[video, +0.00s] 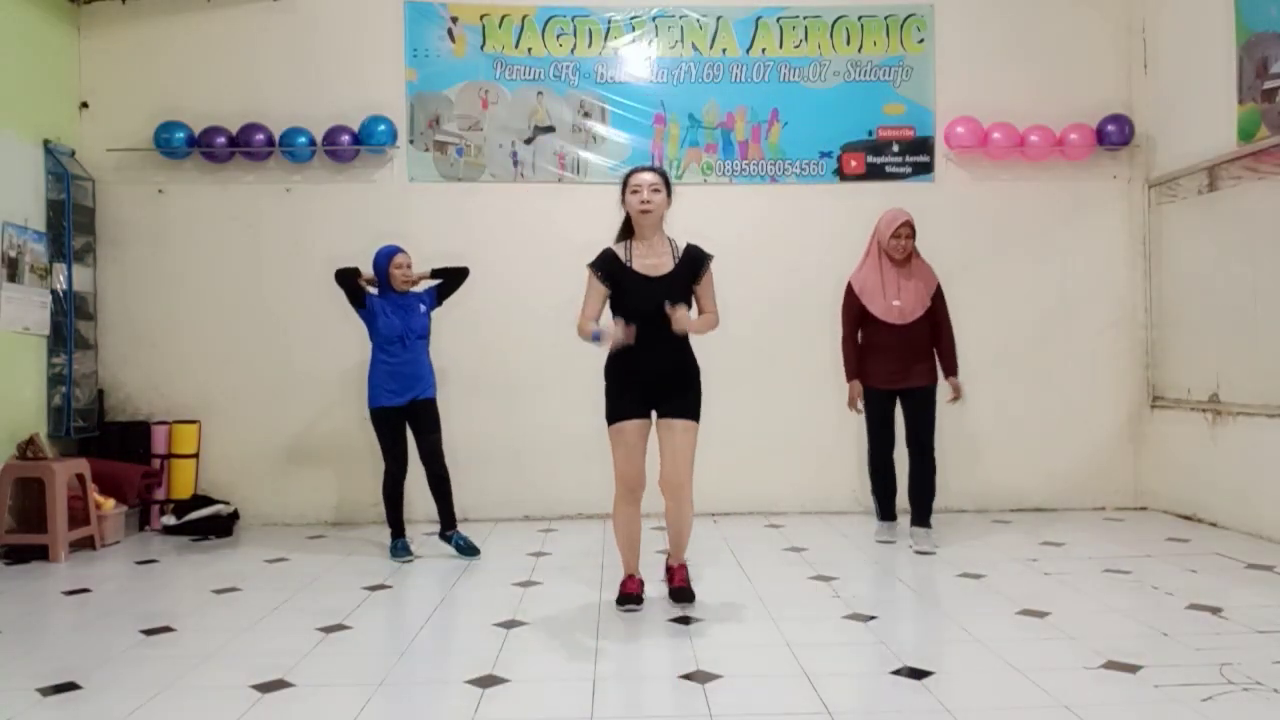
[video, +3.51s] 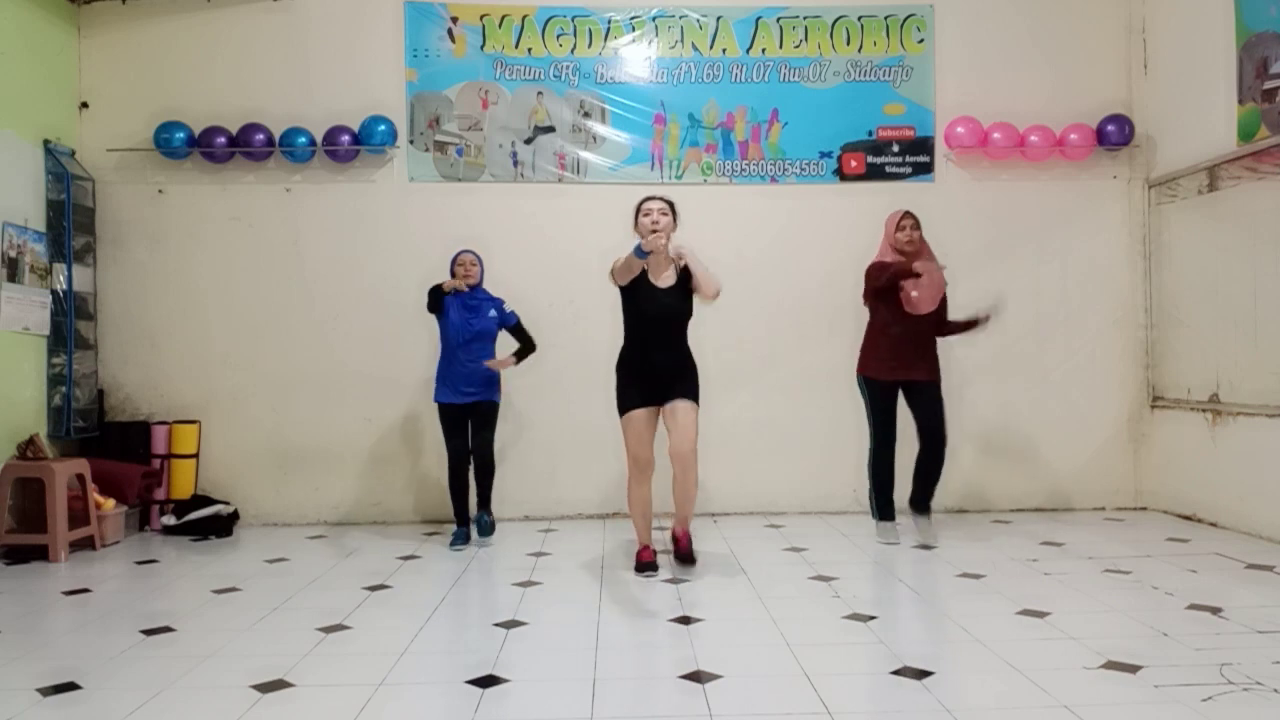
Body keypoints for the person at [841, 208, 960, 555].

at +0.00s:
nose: (903, 243)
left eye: (908, 236)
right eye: (896, 237)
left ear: (914, 239)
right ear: (881, 240)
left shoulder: (925, 277)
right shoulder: (862, 280)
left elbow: (942, 327)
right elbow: (849, 332)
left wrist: (951, 373)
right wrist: (853, 379)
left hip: (920, 378)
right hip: (876, 380)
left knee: (921, 450)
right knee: (881, 450)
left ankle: (921, 524)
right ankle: (886, 519)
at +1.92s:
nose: (912, 233)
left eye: (917, 228)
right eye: (905, 228)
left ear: (924, 236)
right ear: (892, 237)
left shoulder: (934, 276)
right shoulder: (877, 277)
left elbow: (948, 330)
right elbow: (862, 331)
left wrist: (950, 379)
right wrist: (864, 379)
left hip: (925, 371)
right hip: (883, 372)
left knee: (945, 429)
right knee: (886, 443)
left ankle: (928, 504)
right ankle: (890, 519)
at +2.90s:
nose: (909, 235)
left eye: (914, 229)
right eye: (901, 230)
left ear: (922, 235)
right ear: (890, 238)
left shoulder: (941, 279)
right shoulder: (878, 278)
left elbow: (950, 334)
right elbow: (864, 328)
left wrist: (950, 379)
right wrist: (851, 343)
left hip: (927, 377)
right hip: (884, 375)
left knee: (927, 450)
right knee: (888, 446)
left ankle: (917, 520)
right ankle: (889, 518)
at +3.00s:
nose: (910, 230)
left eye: (915, 225)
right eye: (903, 226)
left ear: (924, 232)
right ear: (892, 234)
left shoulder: (942, 275)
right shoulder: (879, 274)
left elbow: (951, 329)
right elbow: (858, 322)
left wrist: (951, 375)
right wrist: (840, 301)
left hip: (926, 365)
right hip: (885, 363)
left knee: (925, 441)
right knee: (888, 432)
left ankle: (917, 520)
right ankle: (890, 498)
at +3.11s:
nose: (911, 228)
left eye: (916, 223)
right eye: (904, 224)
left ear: (925, 230)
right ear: (892, 232)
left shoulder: (941, 272)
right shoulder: (881, 270)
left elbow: (950, 327)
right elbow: (852, 312)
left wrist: (949, 373)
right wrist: (850, 276)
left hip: (926, 364)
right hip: (885, 359)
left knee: (922, 441)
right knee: (889, 417)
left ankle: (917, 519)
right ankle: (891, 489)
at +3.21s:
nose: (912, 231)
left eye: (916, 226)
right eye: (904, 227)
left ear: (923, 233)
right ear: (892, 235)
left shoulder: (937, 274)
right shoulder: (882, 270)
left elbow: (947, 328)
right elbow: (858, 287)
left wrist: (948, 377)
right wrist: (882, 254)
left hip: (926, 373)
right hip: (884, 372)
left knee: (926, 447)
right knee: (888, 443)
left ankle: (917, 519)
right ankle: (885, 519)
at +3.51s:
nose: (910, 233)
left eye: (914, 228)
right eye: (902, 229)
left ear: (922, 234)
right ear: (890, 238)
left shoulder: (933, 276)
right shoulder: (878, 271)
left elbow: (938, 327)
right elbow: (878, 280)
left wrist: (972, 323)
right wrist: (904, 272)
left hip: (921, 368)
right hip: (879, 368)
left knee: (934, 441)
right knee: (883, 442)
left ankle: (920, 509)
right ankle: (884, 518)